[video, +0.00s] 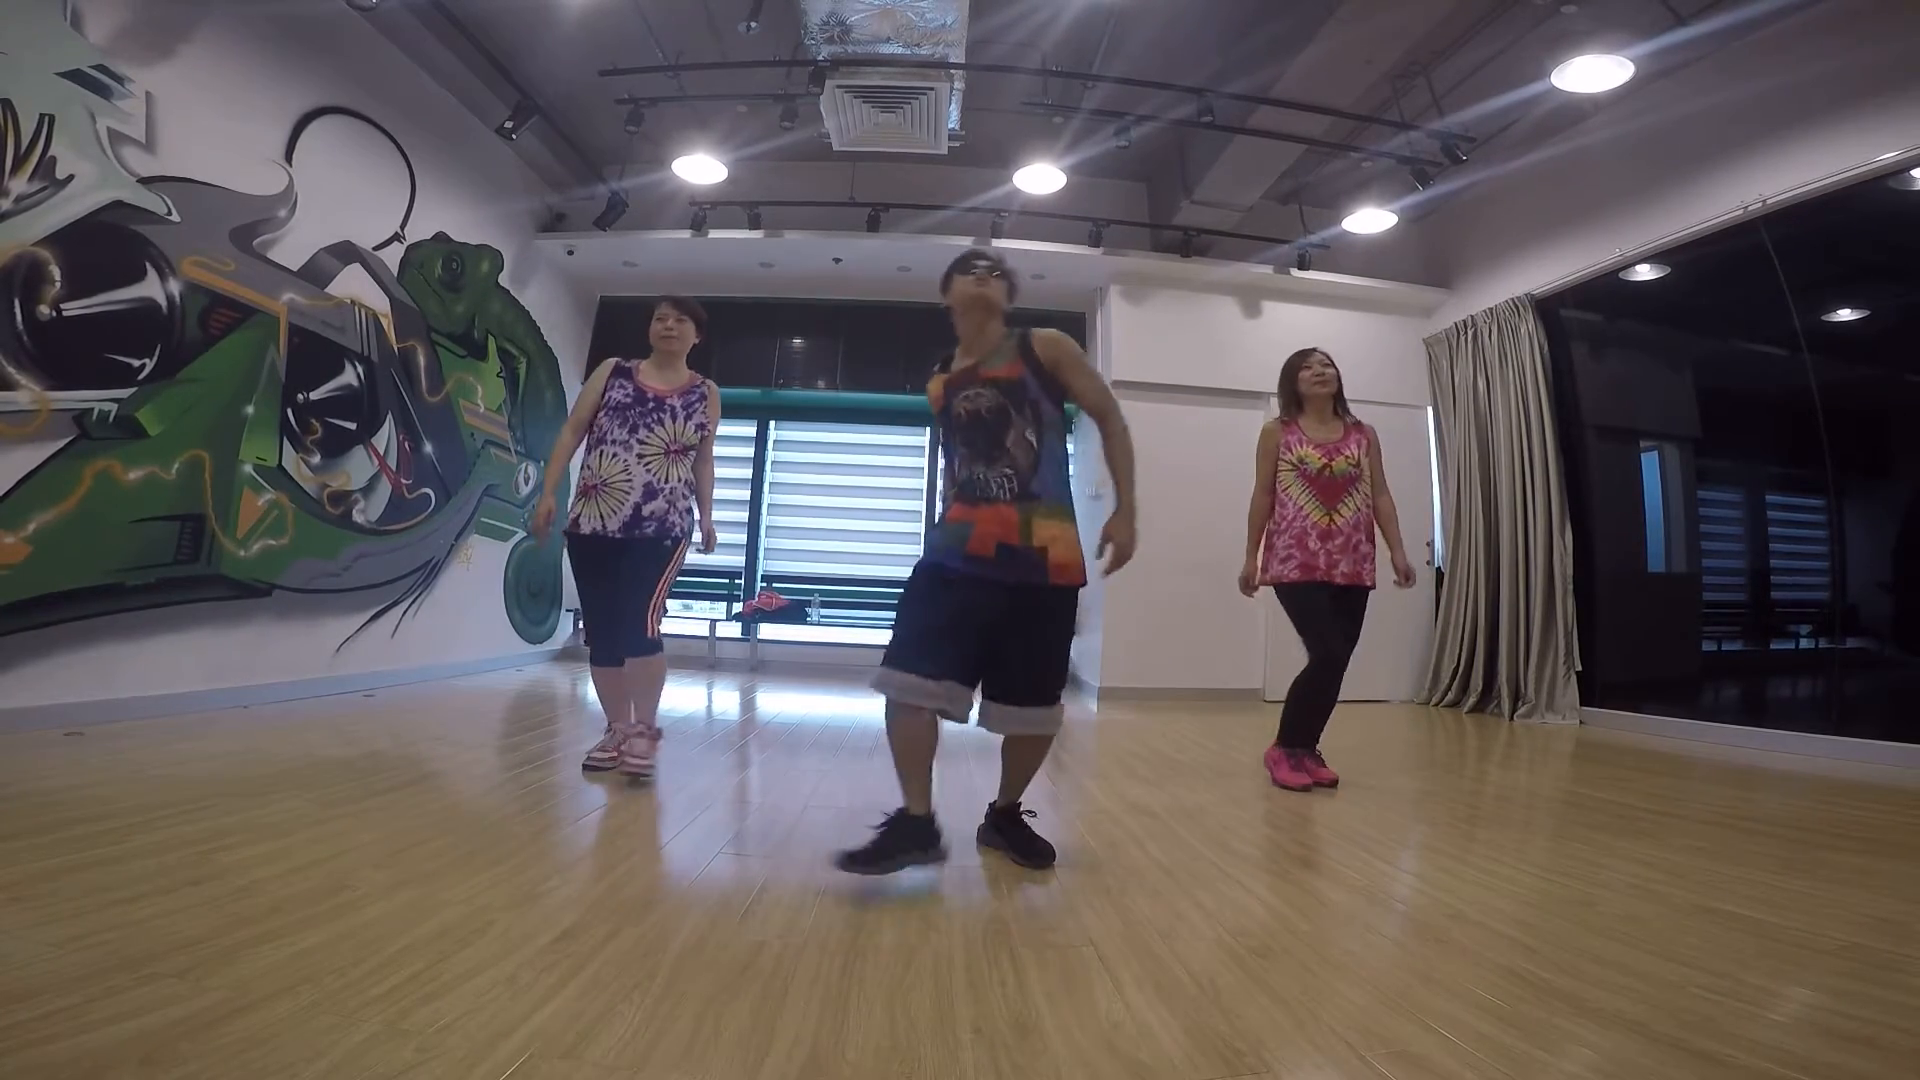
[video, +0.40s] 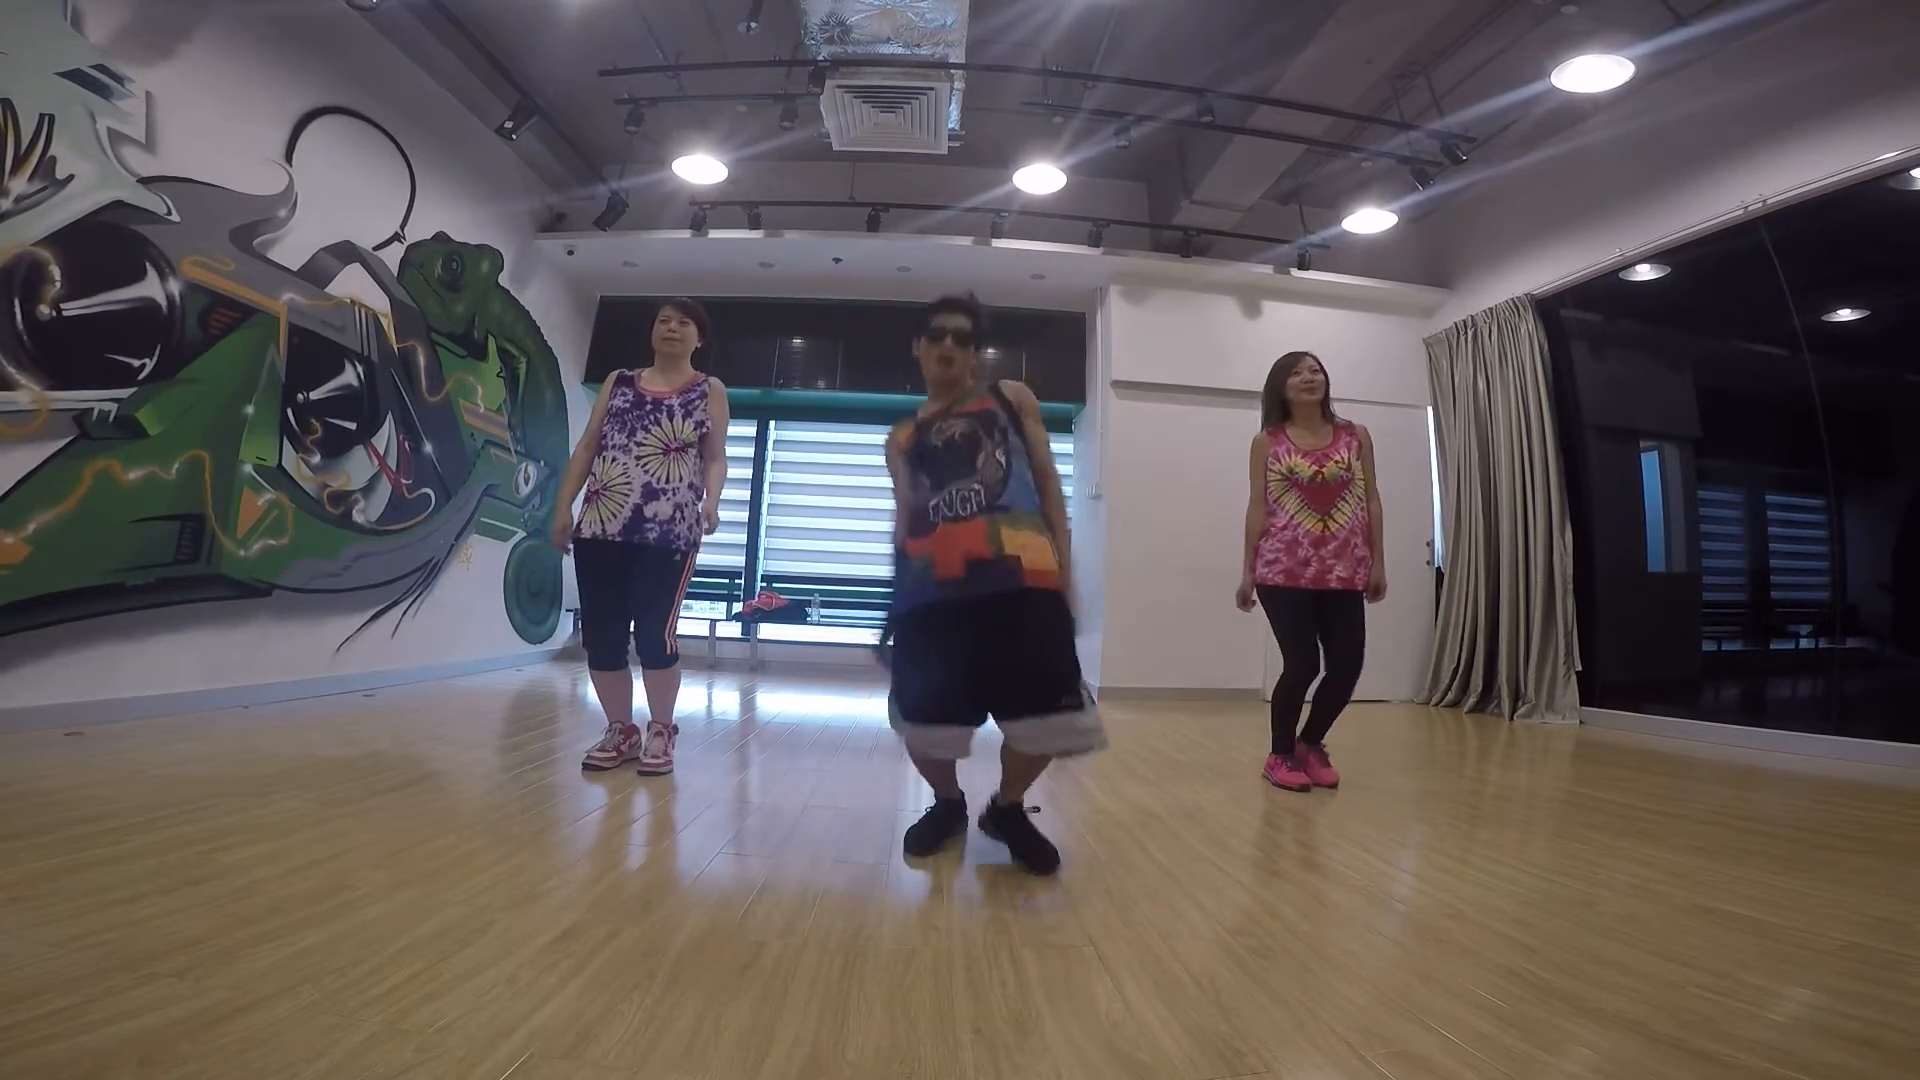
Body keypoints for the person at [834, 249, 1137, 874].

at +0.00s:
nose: (984, 277)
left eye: (996, 273)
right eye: (970, 270)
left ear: (1010, 298)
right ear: (946, 294)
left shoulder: (1046, 349)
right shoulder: (943, 382)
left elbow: (1110, 417)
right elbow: (964, 464)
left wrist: (1125, 509)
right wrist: (954, 534)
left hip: (1043, 558)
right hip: (960, 553)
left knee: (1036, 705)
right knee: (907, 680)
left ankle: (1005, 814)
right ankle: (916, 821)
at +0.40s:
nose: (948, 350)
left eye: (961, 340)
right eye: (937, 338)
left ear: (977, 352)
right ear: (919, 349)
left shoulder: (1014, 399)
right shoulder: (904, 436)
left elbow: (1048, 484)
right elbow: (907, 521)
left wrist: (1063, 574)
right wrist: (904, 598)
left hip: (1022, 586)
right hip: (935, 594)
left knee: (1048, 711)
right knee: (921, 720)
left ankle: (1006, 807)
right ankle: (947, 802)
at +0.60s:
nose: (977, 282)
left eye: (989, 276)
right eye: (964, 273)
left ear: (1002, 298)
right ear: (940, 294)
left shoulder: (1021, 374)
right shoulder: (904, 366)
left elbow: (1031, 462)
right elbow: (869, 440)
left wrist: (1044, 551)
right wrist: (860, 497)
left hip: (1013, 556)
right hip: (928, 557)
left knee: (1030, 688)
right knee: (925, 696)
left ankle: (1034, 826)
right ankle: (945, 802)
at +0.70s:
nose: (991, 286)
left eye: (1003, 281)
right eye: (978, 279)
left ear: (1018, 306)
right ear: (955, 302)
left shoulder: (1029, 384)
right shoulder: (914, 359)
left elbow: (1030, 470)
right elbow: (872, 434)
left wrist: (1051, 542)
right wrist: (872, 490)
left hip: (1001, 555)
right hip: (920, 554)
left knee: (1025, 684)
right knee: (913, 705)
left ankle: (1007, 809)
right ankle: (936, 797)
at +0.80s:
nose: (1001, 311)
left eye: (1012, 304)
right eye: (987, 304)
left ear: (1029, 329)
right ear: (966, 325)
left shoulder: (1033, 415)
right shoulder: (925, 375)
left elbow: (1017, 503)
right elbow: (891, 456)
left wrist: (1021, 575)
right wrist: (902, 539)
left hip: (995, 568)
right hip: (920, 560)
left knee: (1008, 711)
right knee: (906, 707)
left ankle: (987, 795)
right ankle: (933, 799)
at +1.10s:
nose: (994, 303)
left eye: (1004, 298)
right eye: (980, 298)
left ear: (1022, 324)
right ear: (961, 324)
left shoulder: (1048, 401)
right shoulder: (930, 388)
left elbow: (1097, 485)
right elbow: (863, 429)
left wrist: (1149, 558)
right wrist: (805, 460)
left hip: (1009, 583)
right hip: (930, 573)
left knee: (1004, 717)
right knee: (900, 696)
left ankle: (975, 801)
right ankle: (908, 822)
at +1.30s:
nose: (968, 297)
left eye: (980, 293)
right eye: (956, 293)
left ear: (997, 320)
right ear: (936, 322)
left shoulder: (1036, 371)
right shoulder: (920, 396)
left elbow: (1122, 427)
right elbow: (855, 443)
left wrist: (1204, 474)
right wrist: (800, 462)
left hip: (1027, 578)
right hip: (951, 575)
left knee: (1015, 715)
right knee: (923, 701)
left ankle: (978, 800)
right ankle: (929, 800)